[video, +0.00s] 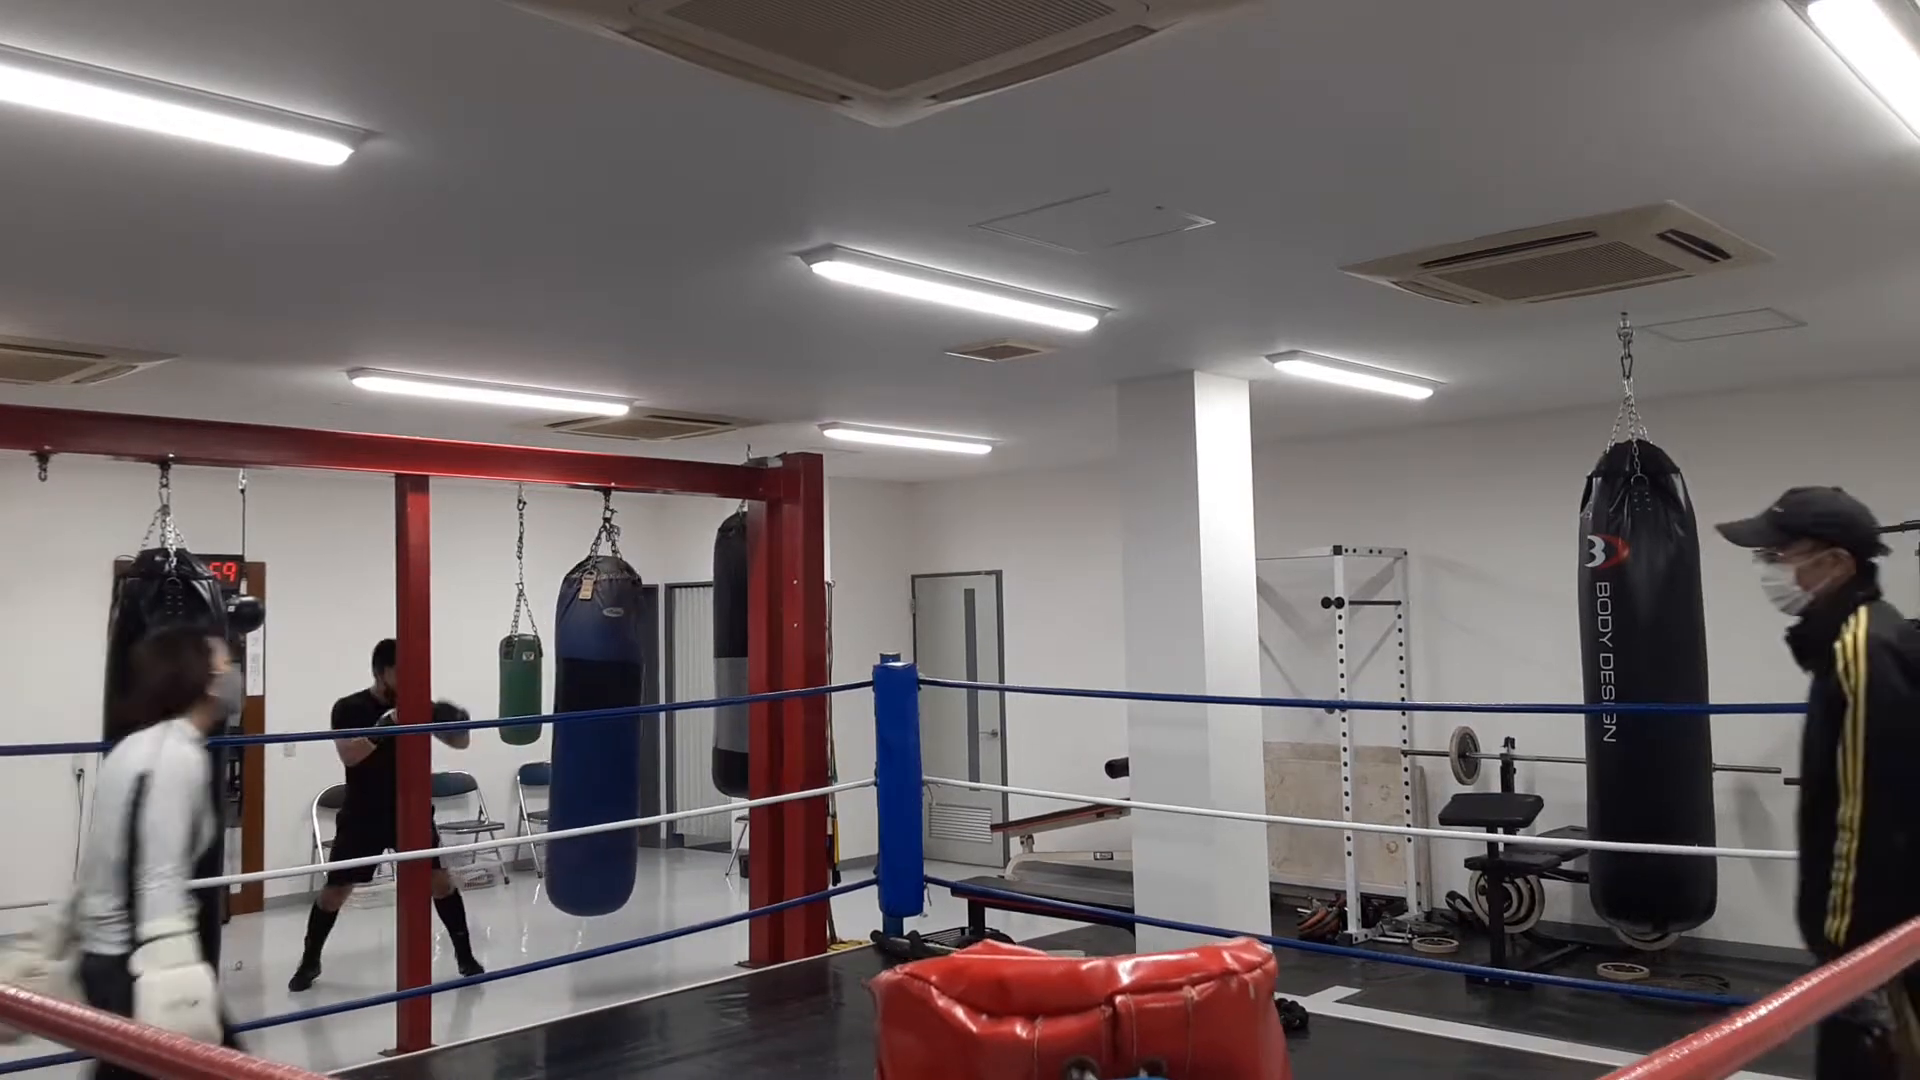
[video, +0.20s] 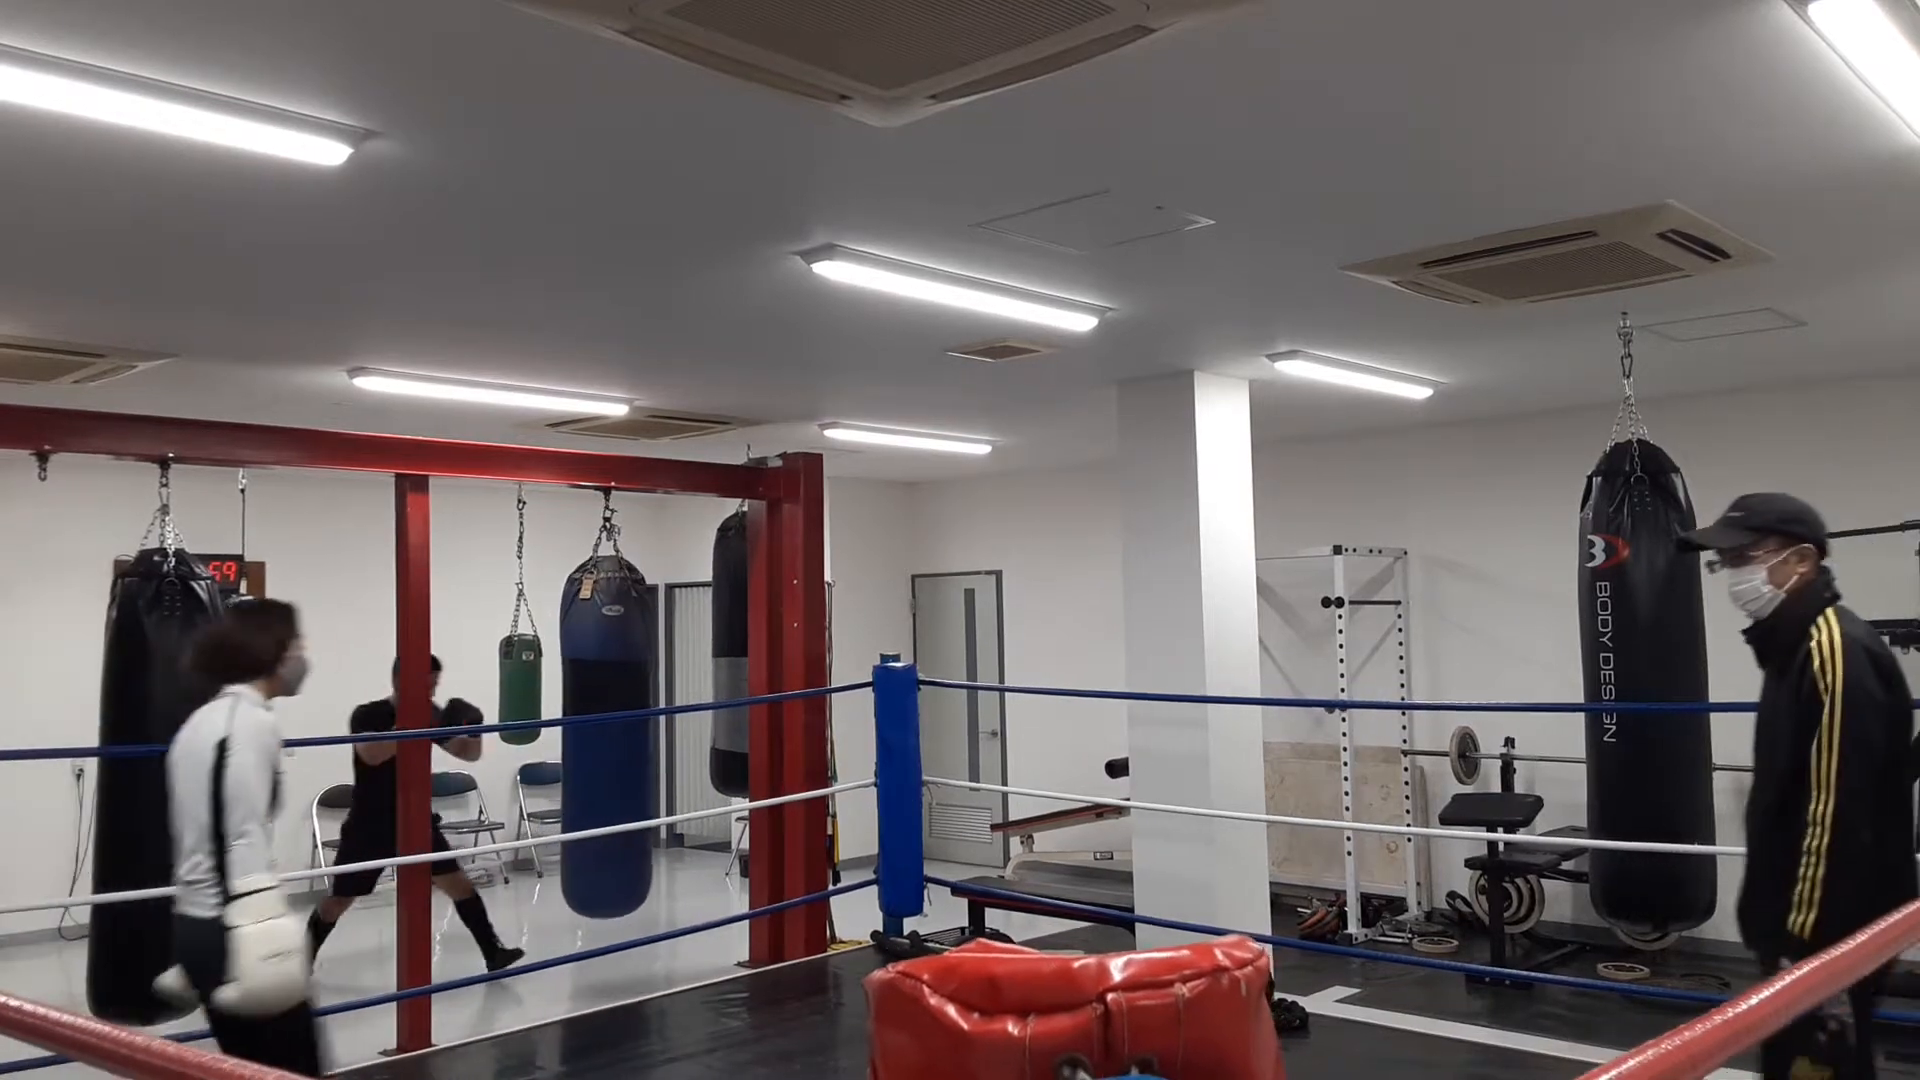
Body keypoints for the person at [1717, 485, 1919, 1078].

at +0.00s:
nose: (1769, 573)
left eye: (1780, 557)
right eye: (1769, 559)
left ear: (1835, 565)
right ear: (1831, 567)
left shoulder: (1861, 646)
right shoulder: (1860, 636)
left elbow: (1863, 810)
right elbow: (1852, 807)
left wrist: (1843, 955)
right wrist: (1839, 944)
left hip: (1871, 960)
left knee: (1858, 1068)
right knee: (1854, 1066)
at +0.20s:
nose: (1732, 576)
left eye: (1745, 559)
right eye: (1728, 563)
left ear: (1800, 559)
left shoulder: (1835, 650)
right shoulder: (1798, 645)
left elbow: (1832, 809)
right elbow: (1797, 797)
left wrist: (1801, 951)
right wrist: (1775, 931)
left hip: (1827, 946)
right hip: (1795, 935)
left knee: (1813, 1067)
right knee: (1789, 1064)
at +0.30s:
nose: (1714, 581)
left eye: (1728, 564)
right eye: (1708, 568)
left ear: (1783, 560)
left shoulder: (1823, 650)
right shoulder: (1768, 645)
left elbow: (1825, 809)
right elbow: (1769, 793)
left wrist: (1785, 945)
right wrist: (1749, 919)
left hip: (1808, 941)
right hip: (1762, 928)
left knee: (1810, 1065)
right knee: (1763, 1060)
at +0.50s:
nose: (1678, 585)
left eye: (1693, 567)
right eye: (1667, 572)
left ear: (1741, 563)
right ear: (1657, 575)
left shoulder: (1792, 655)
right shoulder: (1711, 654)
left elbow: (1810, 816)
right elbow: (1706, 789)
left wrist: (1766, 954)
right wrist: (1675, 879)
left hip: (1777, 933)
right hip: (1724, 916)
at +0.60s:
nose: (1654, 590)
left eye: (1668, 571)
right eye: (1642, 577)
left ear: (1715, 566)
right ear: (1632, 581)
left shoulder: (1761, 657)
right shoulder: (1685, 656)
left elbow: (1787, 815)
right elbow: (1684, 791)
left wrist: (1765, 961)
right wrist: (1647, 877)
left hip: (1753, 935)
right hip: (1703, 922)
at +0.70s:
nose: (1628, 588)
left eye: (1644, 570)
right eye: (1616, 575)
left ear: (1692, 568)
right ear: (1605, 580)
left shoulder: (1731, 662)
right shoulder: (1662, 661)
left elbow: (1756, 823)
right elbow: (1660, 796)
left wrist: (1751, 971)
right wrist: (1621, 878)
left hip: (1715, 947)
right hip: (1671, 936)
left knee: (1710, 1070)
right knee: (1668, 1067)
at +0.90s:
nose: (1575, 580)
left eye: (1591, 562)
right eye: (1568, 567)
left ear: (1640, 565)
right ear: (1561, 569)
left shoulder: (1663, 649)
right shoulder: (1627, 646)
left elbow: (1681, 805)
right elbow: (1632, 795)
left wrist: (1671, 949)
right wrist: (1607, 932)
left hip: (1644, 946)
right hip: (1617, 938)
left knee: (1631, 1072)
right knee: (1613, 1068)